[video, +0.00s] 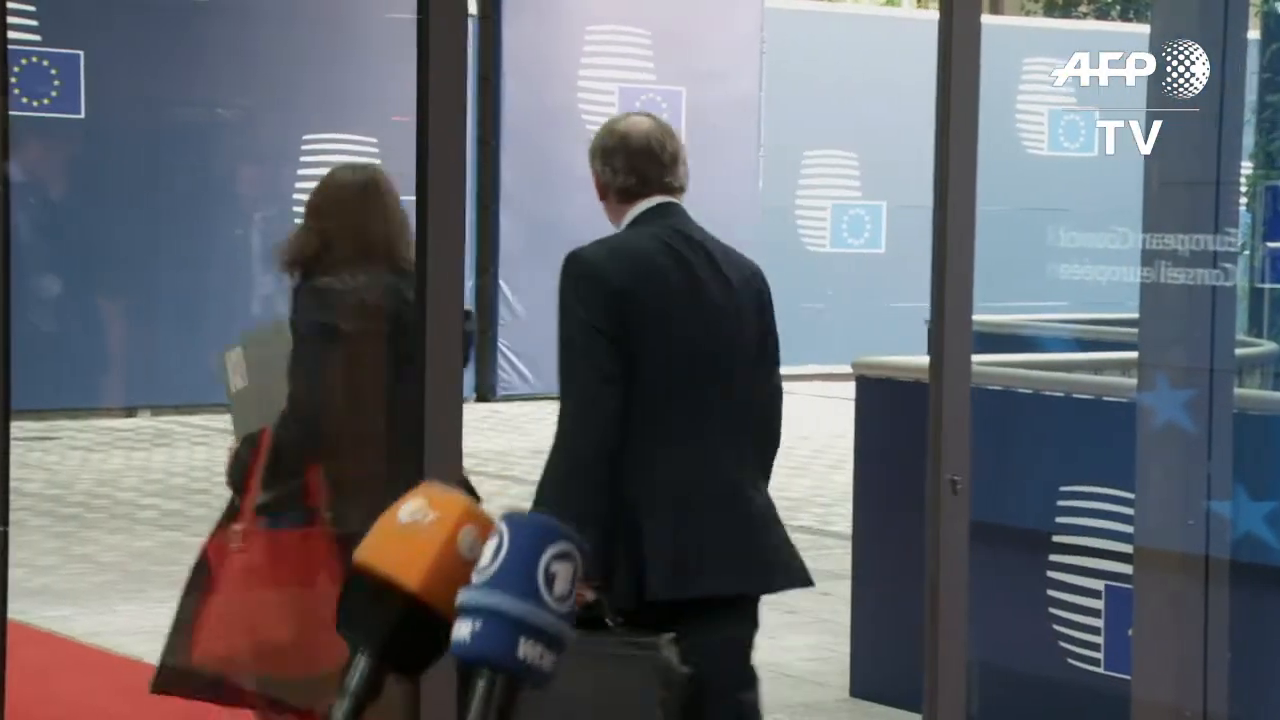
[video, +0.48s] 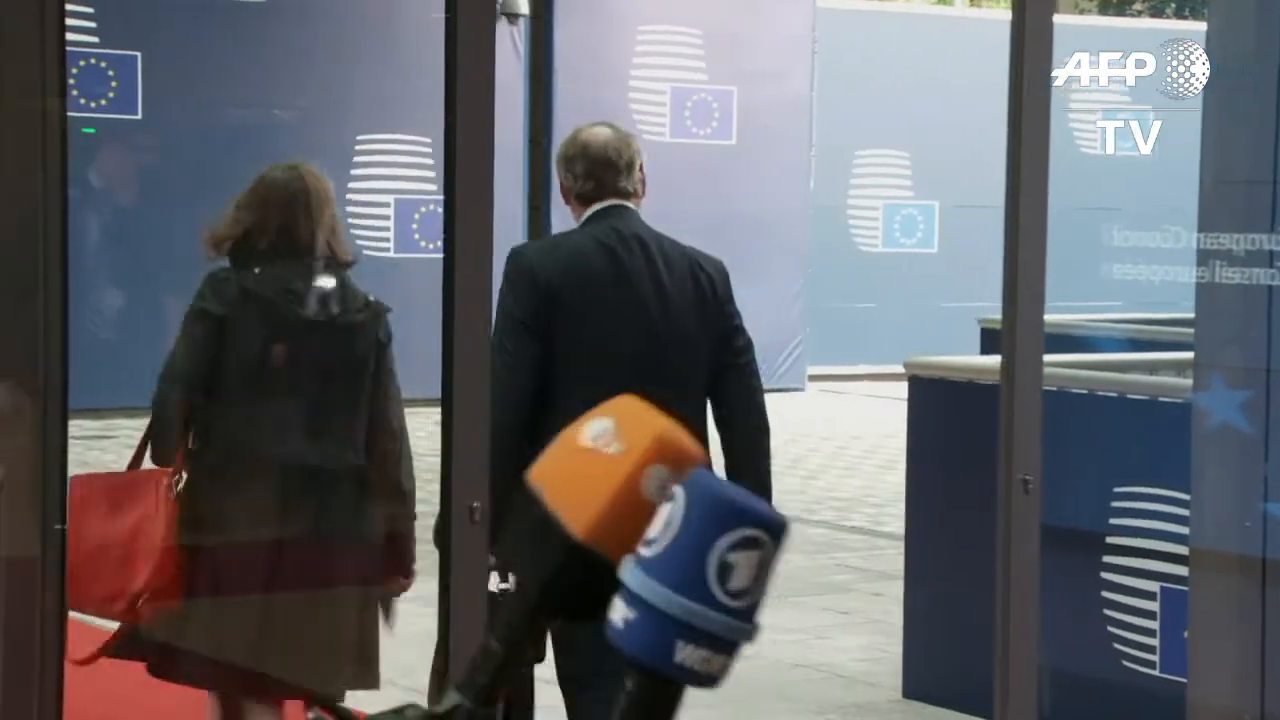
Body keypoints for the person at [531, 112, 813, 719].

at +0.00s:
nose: (595, 190)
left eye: (595, 180)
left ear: (602, 186)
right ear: (680, 177)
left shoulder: (596, 268)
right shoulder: (743, 274)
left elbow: (588, 420)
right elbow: (764, 413)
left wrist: (570, 550)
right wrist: (737, 508)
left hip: (626, 547)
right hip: (727, 540)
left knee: (624, 702)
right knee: (727, 702)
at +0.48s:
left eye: (562, 187)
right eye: (645, 175)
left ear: (566, 192)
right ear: (641, 184)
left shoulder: (537, 266)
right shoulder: (703, 274)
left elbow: (509, 407)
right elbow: (745, 413)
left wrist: (501, 524)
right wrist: (749, 531)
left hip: (569, 525)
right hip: (675, 526)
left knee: (592, 689)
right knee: (656, 688)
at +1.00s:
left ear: (545, 185)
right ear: (611, 182)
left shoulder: (503, 251)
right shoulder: (654, 265)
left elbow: (474, 371)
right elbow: (674, 379)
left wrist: (452, 474)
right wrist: (635, 444)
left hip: (522, 462)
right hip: (626, 469)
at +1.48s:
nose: (556, 167)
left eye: (549, 158)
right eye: (555, 159)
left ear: (489, 167)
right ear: (548, 167)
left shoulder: (453, 239)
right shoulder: (595, 246)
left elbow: (426, 350)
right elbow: (623, 359)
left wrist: (414, 448)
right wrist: (627, 453)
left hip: (477, 452)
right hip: (561, 456)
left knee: (486, 587)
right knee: (538, 583)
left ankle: (492, 710)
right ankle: (531, 709)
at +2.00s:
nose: (542, 170)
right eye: (541, 162)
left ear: (475, 166)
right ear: (533, 169)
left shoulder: (442, 228)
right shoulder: (568, 243)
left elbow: (408, 324)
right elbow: (589, 344)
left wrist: (392, 411)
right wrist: (572, 416)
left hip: (448, 424)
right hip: (532, 427)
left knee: (444, 539)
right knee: (512, 571)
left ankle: (444, 680)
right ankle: (490, 704)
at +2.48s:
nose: (503, 178)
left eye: (498, 169)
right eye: (501, 171)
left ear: (445, 176)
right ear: (493, 176)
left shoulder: (409, 240)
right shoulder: (531, 241)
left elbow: (392, 335)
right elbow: (552, 338)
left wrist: (388, 413)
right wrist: (557, 414)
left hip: (432, 412)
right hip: (505, 415)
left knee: (432, 535)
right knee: (499, 523)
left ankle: (436, 666)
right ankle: (487, 615)